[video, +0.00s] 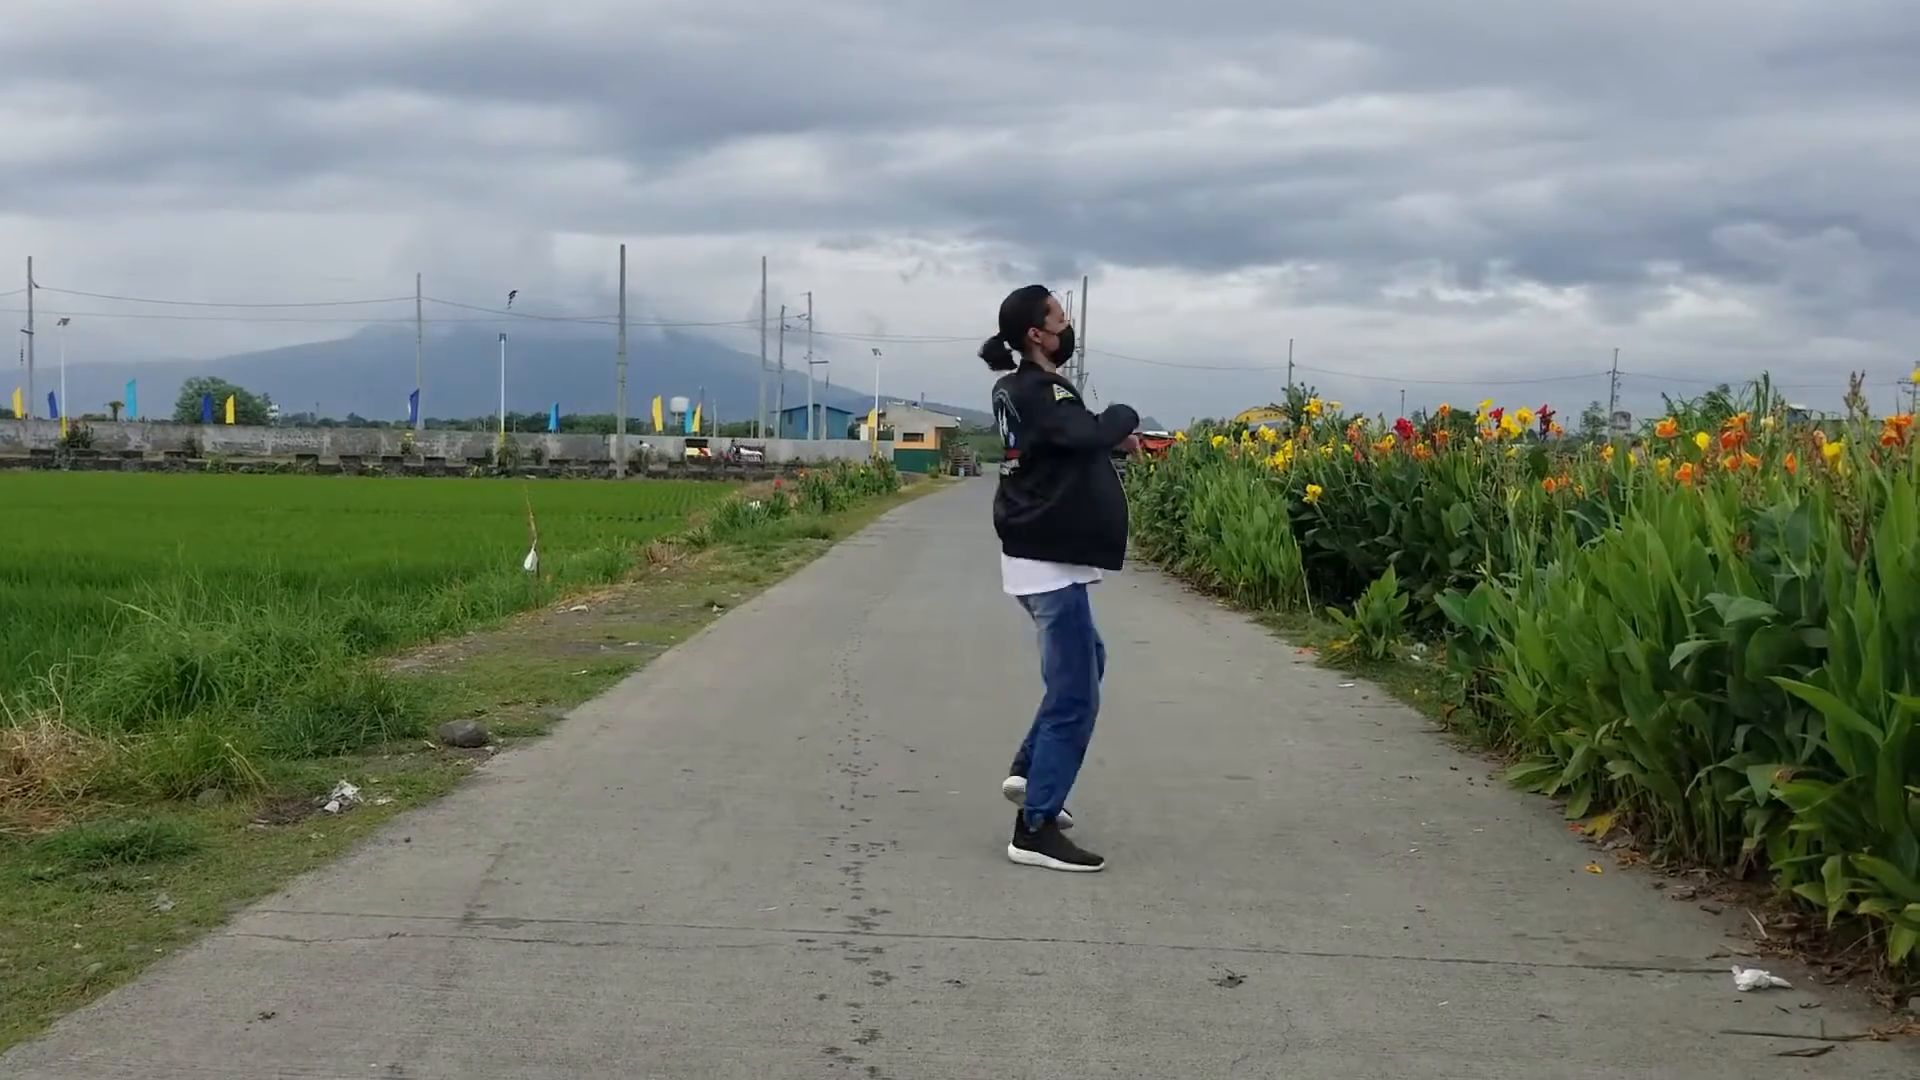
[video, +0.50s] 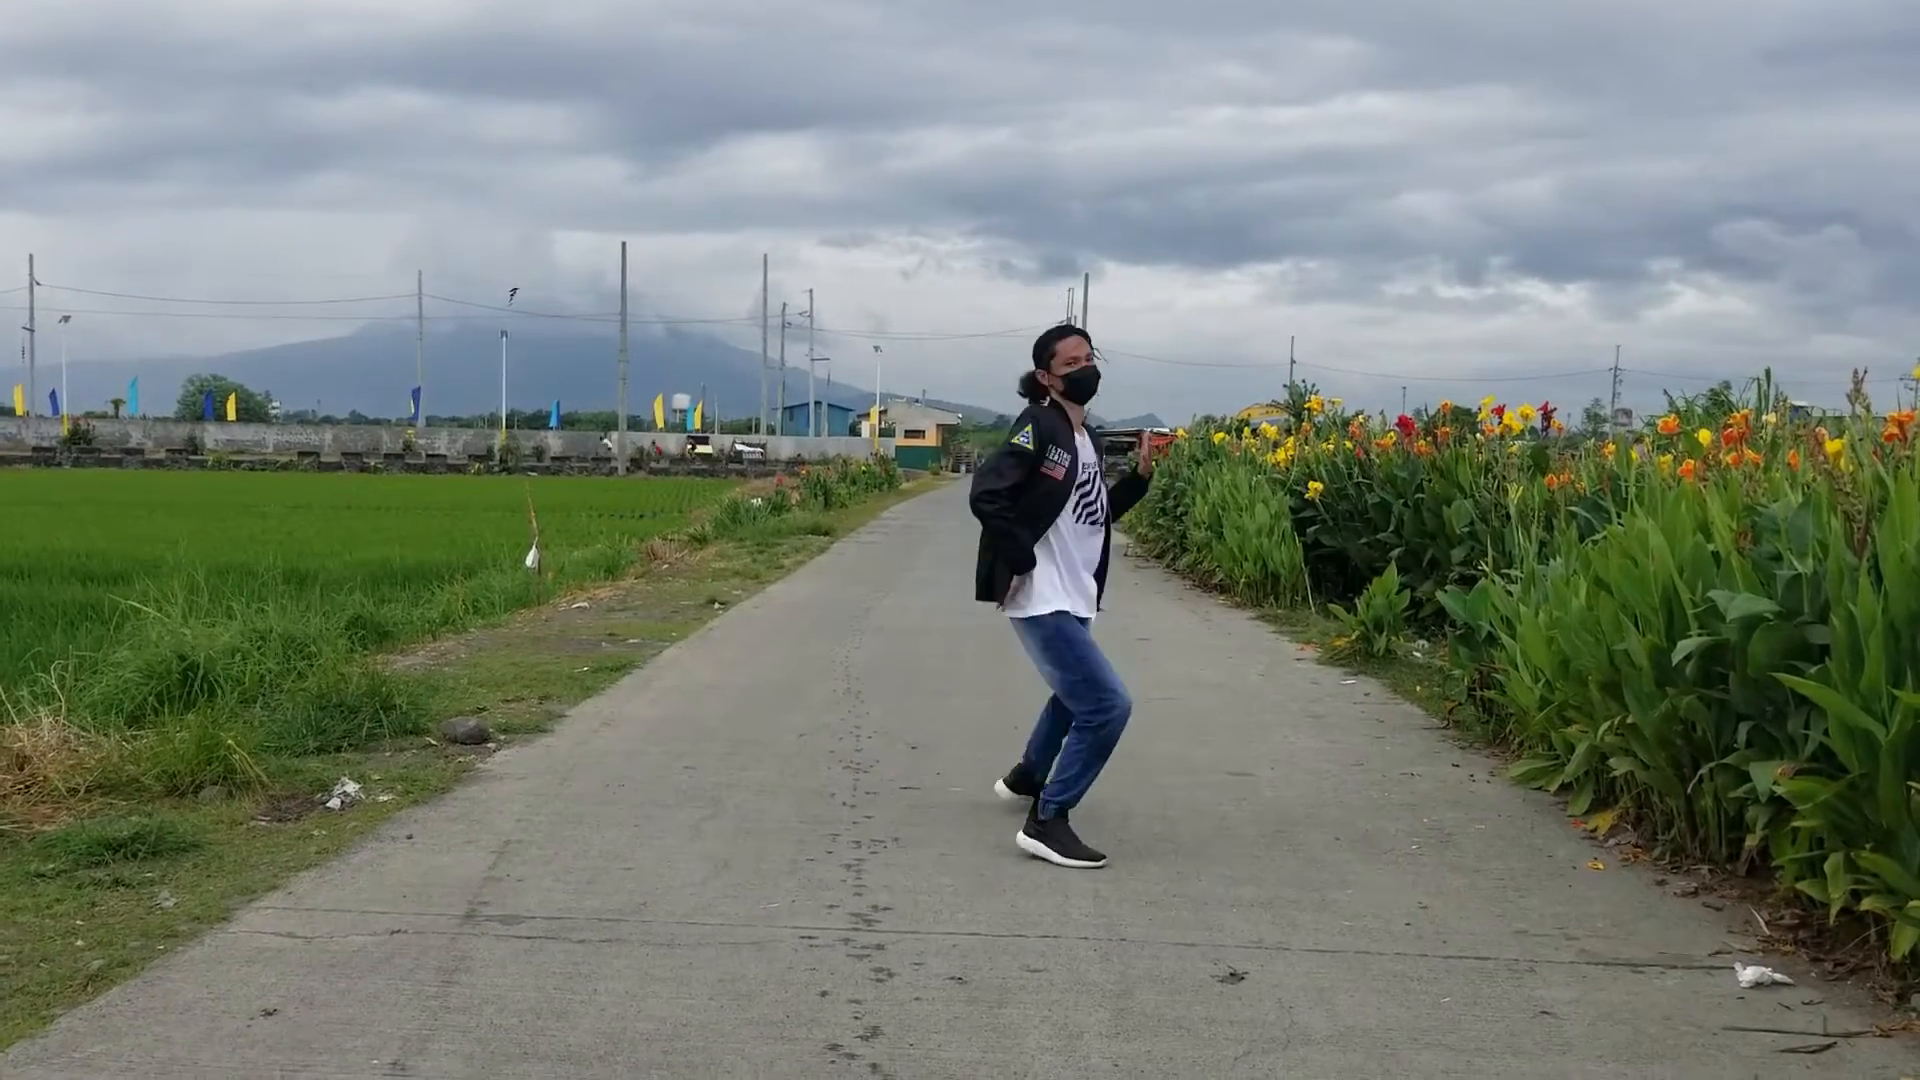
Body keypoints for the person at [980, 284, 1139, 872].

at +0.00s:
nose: (1068, 324)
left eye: (1065, 316)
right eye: (1060, 318)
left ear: (1031, 333)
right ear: (1036, 331)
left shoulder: (1036, 383)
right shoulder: (1033, 389)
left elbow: (1067, 440)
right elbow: (1091, 432)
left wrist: (1115, 444)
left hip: (1045, 560)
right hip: (1048, 564)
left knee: (1088, 661)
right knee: (1073, 698)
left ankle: (1030, 768)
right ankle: (1037, 828)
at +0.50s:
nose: (1086, 366)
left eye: (1089, 357)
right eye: (1072, 360)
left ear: (1095, 365)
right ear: (1047, 375)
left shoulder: (1084, 437)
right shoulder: (1037, 427)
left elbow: (1094, 515)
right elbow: (986, 493)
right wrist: (1019, 555)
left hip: (1074, 594)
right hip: (1037, 597)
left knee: (1074, 696)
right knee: (1108, 705)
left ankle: (1028, 777)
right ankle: (1047, 820)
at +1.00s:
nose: (1039, 347)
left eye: (1048, 336)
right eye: (1029, 339)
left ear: (1069, 332)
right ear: (1017, 341)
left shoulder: (1097, 392)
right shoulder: (996, 386)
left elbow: (1129, 479)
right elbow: (977, 470)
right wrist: (984, 546)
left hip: (1077, 576)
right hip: (1008, 572)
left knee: (1082, 706)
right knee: (971, 687)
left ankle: (1084, 814)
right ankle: (1002, 810)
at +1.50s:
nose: (963, 331)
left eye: (969, 322)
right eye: (961, 323)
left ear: (998, 322)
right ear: (1000, 324)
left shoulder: (985, 370)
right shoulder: (1009, 366)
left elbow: (999, 459)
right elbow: (1008, 450)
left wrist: (998, 551)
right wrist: (959, 420)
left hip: (984, 558)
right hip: (991, 554)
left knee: (947, 683)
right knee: (951, 682)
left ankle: (1014, 792)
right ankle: (983, 799)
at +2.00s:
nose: (994, 329)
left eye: (1002, 318)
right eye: (987, 320)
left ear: (1033, 307)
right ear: (985, 316)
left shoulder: (1071, 377)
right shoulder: (982, 368)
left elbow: (1103, 451)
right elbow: (937, 417)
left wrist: (1034, 450)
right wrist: (991, 433)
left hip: (1023, 550)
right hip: (975, 543)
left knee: (976, 677)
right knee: (991, 676)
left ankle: (985, 806)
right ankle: (1034, 798)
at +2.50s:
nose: (1101, 376)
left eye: (1109, 365)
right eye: (1088, 368)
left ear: (1120, 367)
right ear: (1066, 373)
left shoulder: (1148, 431)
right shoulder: (1048, 438)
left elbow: (1183, 503)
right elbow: (1060, 533)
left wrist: (1215, 564)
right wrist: (1134, 577)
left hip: (1141, 601)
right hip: (1061, 604)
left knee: (1227, 672)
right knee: (986, 680)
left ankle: (1209, 796)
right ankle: (1039, 795)